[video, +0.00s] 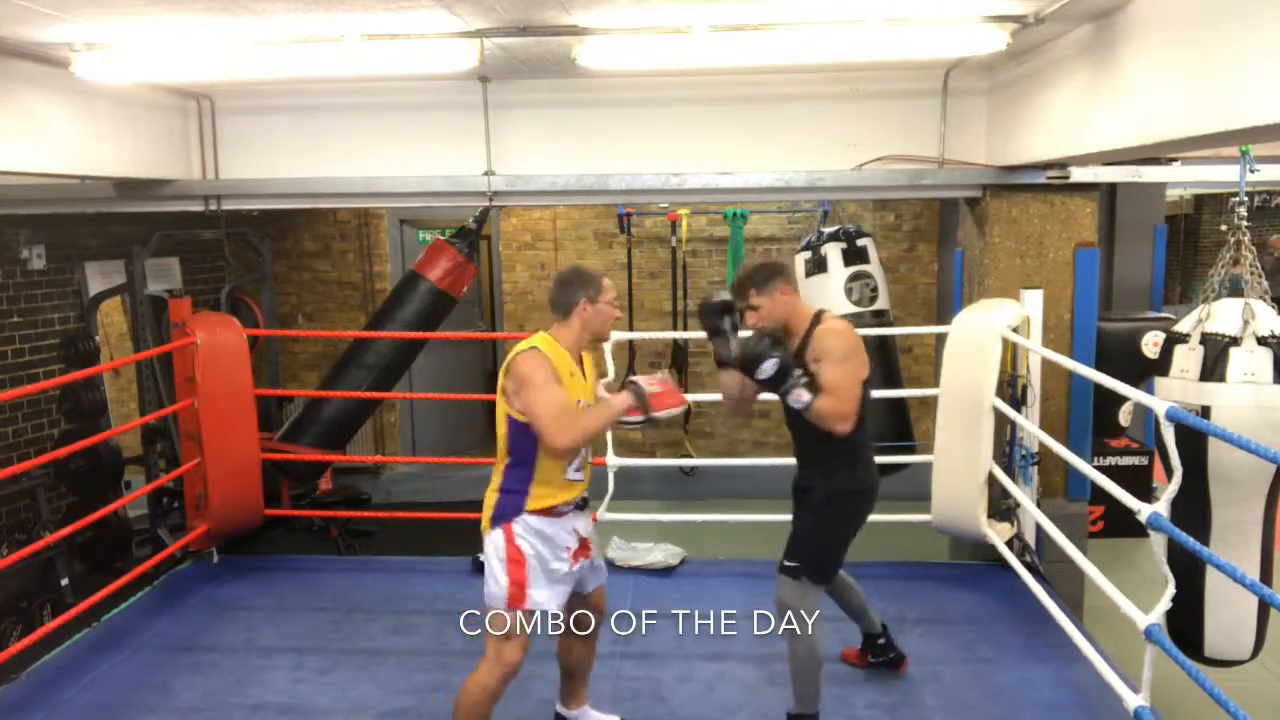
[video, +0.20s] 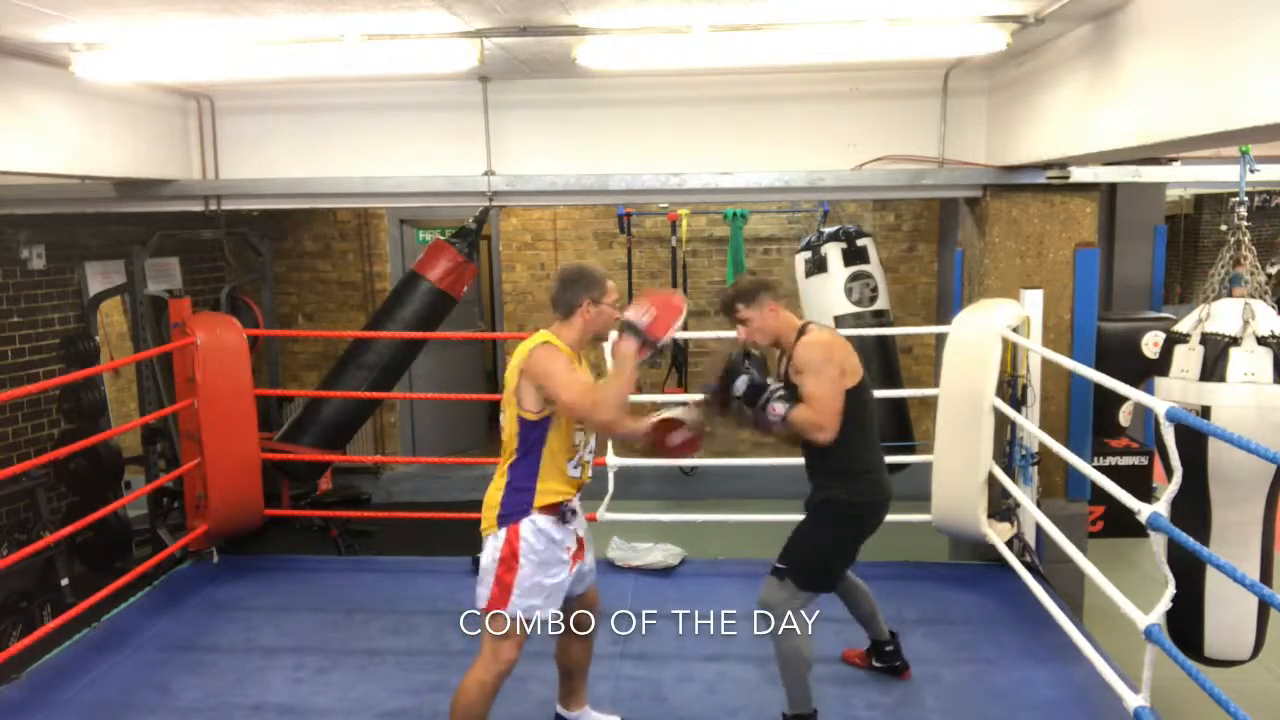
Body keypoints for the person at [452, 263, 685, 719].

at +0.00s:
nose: (617, 314)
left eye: (616, 304)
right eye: (611, 304)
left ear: (583, 307)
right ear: (583, 307)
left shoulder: (584, 358)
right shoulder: (531, 361)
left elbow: (583, 411)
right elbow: (560, 434)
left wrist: (633, 399)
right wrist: (624, 399)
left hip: (569, 514)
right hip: (521, 523)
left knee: (588, 609)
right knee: (505, 656)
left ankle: (573, 708)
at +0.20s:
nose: (619, 314)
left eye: (618, 306)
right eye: (613, 305)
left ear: (584, 308)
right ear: (587, 308)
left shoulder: (582, 356)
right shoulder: (543, 354)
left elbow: (596, 423)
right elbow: (602, 412)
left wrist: (648, 428)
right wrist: (626, 356)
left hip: (562, 515)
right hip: (522, 522)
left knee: (583, 610)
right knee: (500, 654)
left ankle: (573, 709)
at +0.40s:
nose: (606, 312)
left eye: (605, 302)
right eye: (601, 303)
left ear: (566, 309)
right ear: (574, 310)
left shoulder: (539, 354)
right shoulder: (546, 366)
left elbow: (568, 431)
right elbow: (616, 427)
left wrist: (609, 396)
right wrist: (646, 389)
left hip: (554, 518)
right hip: (518, 528)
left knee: (576, 613)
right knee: (502, 659)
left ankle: (571, 708)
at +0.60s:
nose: (601, 309)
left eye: (600, 299)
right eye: (595, 300)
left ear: (564, 309)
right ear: (567, 309)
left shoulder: (568, 354)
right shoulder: (523, 366)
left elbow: (606, 396)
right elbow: (580, 430)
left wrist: (661, 379)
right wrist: (611, 369)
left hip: (553, 516)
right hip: (513, 526)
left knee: (573, 615)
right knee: (494, 653)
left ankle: (571, 707)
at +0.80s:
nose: (604, 306)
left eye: (602, 297)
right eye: (598, 298)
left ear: (566, 306)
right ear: (572, 306)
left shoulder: (565, 345)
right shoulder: (535, 368)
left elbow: (635, 342)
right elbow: (586, 449)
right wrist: (637, 396)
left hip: (562, 511)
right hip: (525, 520)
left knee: (576, 606)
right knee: (502, 649)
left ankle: (571, 706)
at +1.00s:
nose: (588, 313)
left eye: (586, 305)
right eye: (583, 306)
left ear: (555, 314)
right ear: (557, 315)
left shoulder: (566, 347)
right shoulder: (507, 375)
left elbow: (620, 322)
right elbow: (547, 451)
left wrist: (669, 313)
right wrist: (597, 387)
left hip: (555, 514)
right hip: (513, 527)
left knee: (580, 606)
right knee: (504, 657)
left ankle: (575, 706)